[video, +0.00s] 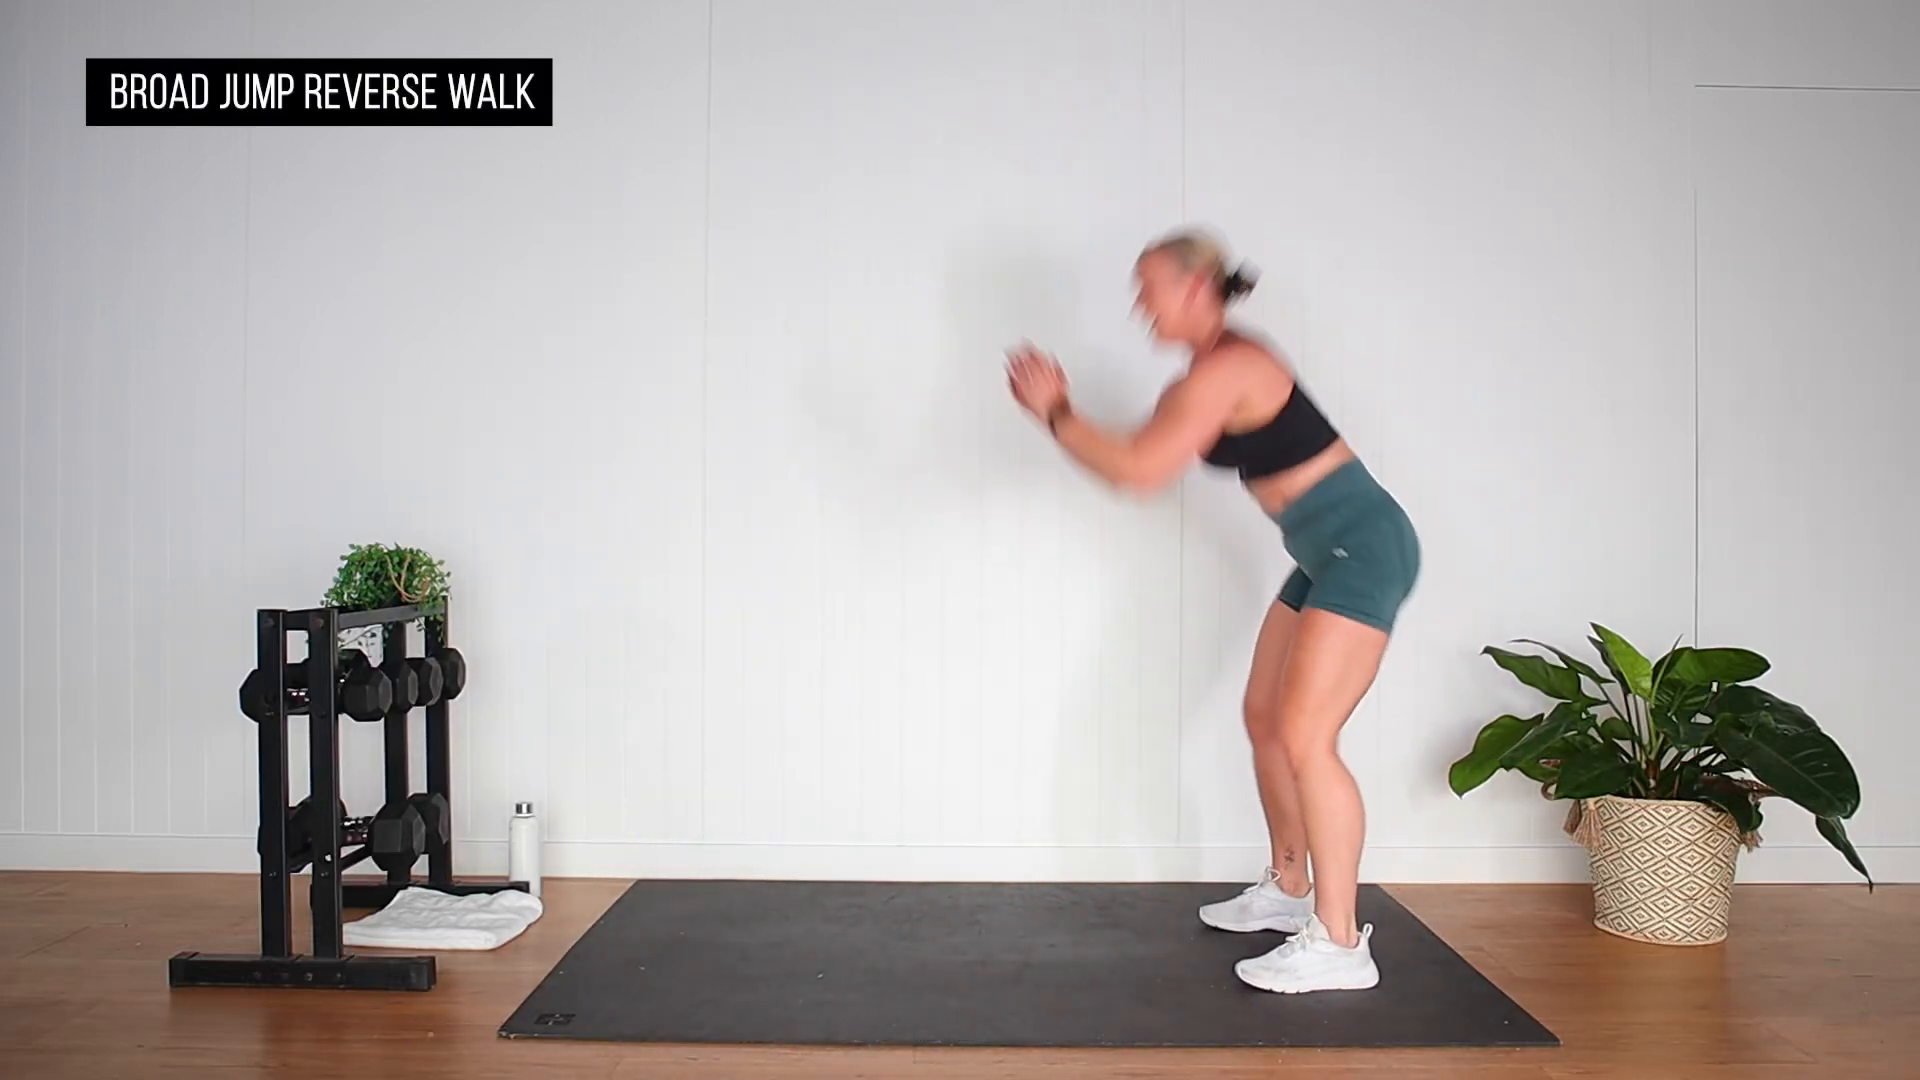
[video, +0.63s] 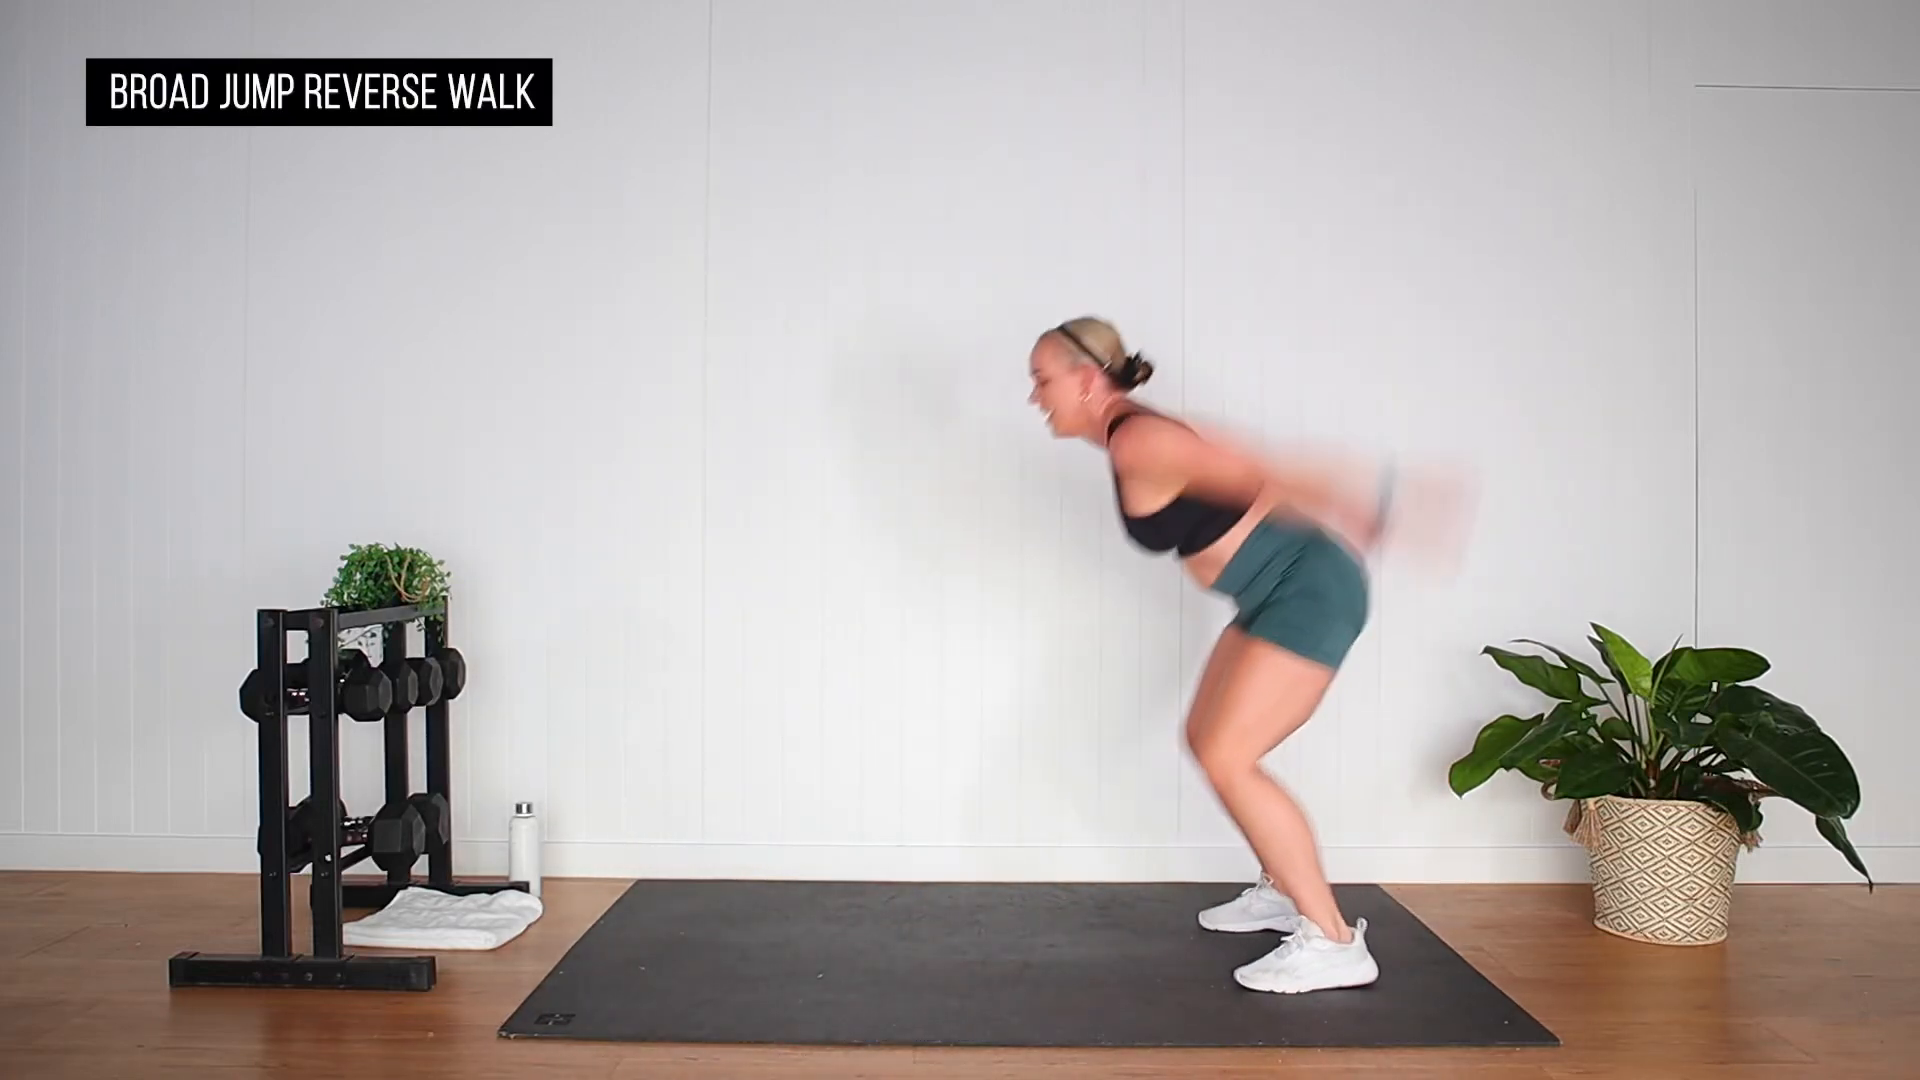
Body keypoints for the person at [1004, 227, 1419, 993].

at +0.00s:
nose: (1142, 309)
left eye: (1151, 293)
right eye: (1141, 294)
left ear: (1200, 288)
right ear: (1189, 292)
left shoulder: (1232, 368)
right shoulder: (1210, 369)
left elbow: (1138, 469)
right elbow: (1137, 463)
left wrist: (1057, 416)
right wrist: (1060, 416)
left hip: (1365, 546)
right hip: (1323, 551)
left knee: (1304, 735)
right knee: (1265, 719)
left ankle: (1341, 942)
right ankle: (1291, 883)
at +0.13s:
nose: (1176, 254)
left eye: (1188, 238)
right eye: (1176, 241)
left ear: (1239, 240)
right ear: (1226, 245)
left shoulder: (1253, 319)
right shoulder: (1233, 322)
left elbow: (1177, 418)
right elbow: (1168, 416)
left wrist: (1071, 433)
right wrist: (1071, 428)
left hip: (1330, 538)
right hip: (1294, 543)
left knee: (1322, 737)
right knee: (1283, 724)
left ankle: (1345, 940)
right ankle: (1298, 883)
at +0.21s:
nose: (1174, 249)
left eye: (1185, 235)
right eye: (1174, 236)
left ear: (1233, 238)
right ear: (1220, 242)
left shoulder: (1254, 312)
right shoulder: (1228, 325)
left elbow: (1228, 436)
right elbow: (1196, 441)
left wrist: (1147, 508)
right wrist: (1130, 509)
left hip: (1320, 532)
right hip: (1284, 538)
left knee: (1318, 734)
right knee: (1280, 720)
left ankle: (1345, 940)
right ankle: (1297, 887)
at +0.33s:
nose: (1134, 268)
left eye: (1146, 252)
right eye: (1135, 253)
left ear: (1193, 253)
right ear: (1185, 254)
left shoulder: (1220, 326)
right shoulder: (1200, 332)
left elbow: (1316, 402)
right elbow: (1296, 408)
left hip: (1315, 537)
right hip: (1279, 543)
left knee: (1308, 740)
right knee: (1275, 726)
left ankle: (1344, 940)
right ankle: (1298, 885)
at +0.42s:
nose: (1097, 301)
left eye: (1106, 285)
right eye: (1097, 287)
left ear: (1153, 282)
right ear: (1149, 285)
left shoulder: (1196, 345)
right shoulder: (1183, 356)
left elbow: (1323, 361)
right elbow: (1295, 403)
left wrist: (1447, 375)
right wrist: (1374, 443)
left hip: (1320, 539)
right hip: (1286, 547)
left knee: (1288, 743)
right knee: (1264, 729)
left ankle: (1341, 940)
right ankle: (1295, 882)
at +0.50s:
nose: (1068, 350)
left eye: (1076, 333)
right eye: (1066, 336)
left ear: (1122, 324)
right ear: (1118, 330)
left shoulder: (1169, 377)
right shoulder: (1161, 386)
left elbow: (1294, 364)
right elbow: (1278, 390)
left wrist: (1417, 346)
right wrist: (1369, 402)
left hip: (1325, 554)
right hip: (1289, 561)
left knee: (1268, 741)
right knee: (1244, 725)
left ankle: (1339, 940)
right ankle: (1292, 886)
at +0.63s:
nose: (1034, 395)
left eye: (1042, 379)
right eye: (1034, 380)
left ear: (1091, 381)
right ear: (1089, 381)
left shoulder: (1139, 443)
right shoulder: (1131, 437)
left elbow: (1256, 475)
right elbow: (1250, 469)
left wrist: (1353, 514)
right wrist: (1342, 503)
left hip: (1309, 585)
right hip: (1275, 590)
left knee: (1228, 755)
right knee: (1206, 739)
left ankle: (1331, 937)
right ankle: (1288, 888)